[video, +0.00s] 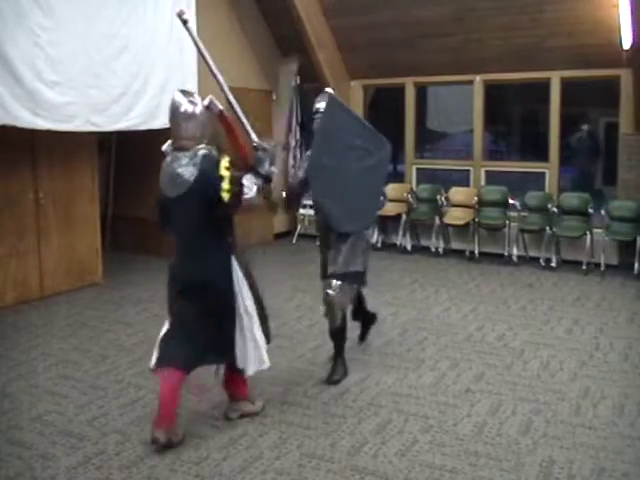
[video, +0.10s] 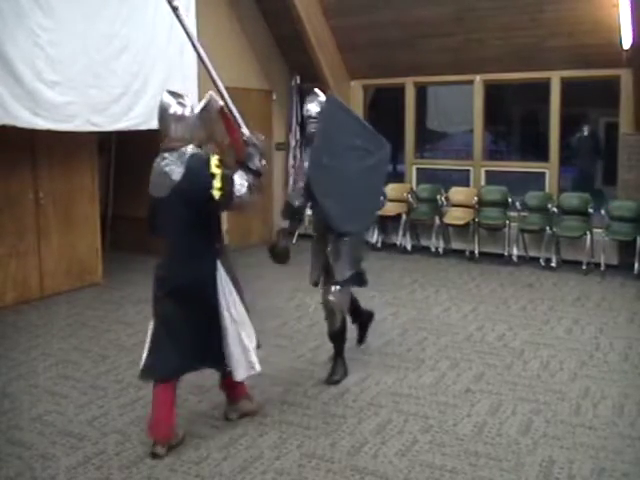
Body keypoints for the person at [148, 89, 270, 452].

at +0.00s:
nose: (208, 128)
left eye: (196, 124)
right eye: (207, 124)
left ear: (175, 134)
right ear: (207, 132)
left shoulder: (168, 167)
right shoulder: (214, 164)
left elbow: (163, 215)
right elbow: (228, 203)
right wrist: (249, 175)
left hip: (184, 262)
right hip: (218, 261)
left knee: (180, 333)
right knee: (236, 324)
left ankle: (164, 423)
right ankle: (239, 398)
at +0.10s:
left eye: (179, 125)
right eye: (199, 127)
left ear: (166, 132)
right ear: (199, 132)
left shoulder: (159, 168)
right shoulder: (206, 164)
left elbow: (156, 221)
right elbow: (229, 196)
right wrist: (245, 160)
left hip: (170, 265)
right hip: (206, 264)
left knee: (167, 343)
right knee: (225, 328)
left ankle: (161, 435)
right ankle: (238, 398)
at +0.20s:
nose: (189, 122)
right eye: (185, 116)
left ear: (152, 126)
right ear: (181, 123)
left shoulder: (152, 162)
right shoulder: (193, 158)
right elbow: (202, 207)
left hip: (163, 266)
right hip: (197, 263)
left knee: (166, 342)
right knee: (219, 324)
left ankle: (161, 435)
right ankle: (226, 394)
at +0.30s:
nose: (187, 118)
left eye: (182, 114)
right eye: (184, 113)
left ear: (150, 122)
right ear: (181, 118)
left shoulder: (152, 159)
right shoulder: (189, 156)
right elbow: (236, 200)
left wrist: (226, 163)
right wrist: (241, 164)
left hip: (162, 263)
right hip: (196, 261)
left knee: (161, 338)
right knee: (213, 326)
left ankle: (161, 433)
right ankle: (219, 402)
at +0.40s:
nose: (185, 114)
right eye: (183, 109)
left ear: (148, 118)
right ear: (182, 114)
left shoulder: (149, 157)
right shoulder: (190, 155)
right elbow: (225, 209)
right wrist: (240, 172)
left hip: (160, 265)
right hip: (195, 264)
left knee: (161, 344)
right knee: (214, 335)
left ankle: (161, 435)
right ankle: (217, 422)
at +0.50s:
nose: (189, 114)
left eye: (183, 109)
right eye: (186, 109)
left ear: (152, 117)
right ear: (184, 114)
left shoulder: (150, 157)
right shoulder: (190, 156)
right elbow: (217, 211)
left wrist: (203, 138)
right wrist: (227, 196)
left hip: (159, 267)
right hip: (194, 267)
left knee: (160, 348)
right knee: (210, 344)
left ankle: (162, 435)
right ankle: (212, 438)